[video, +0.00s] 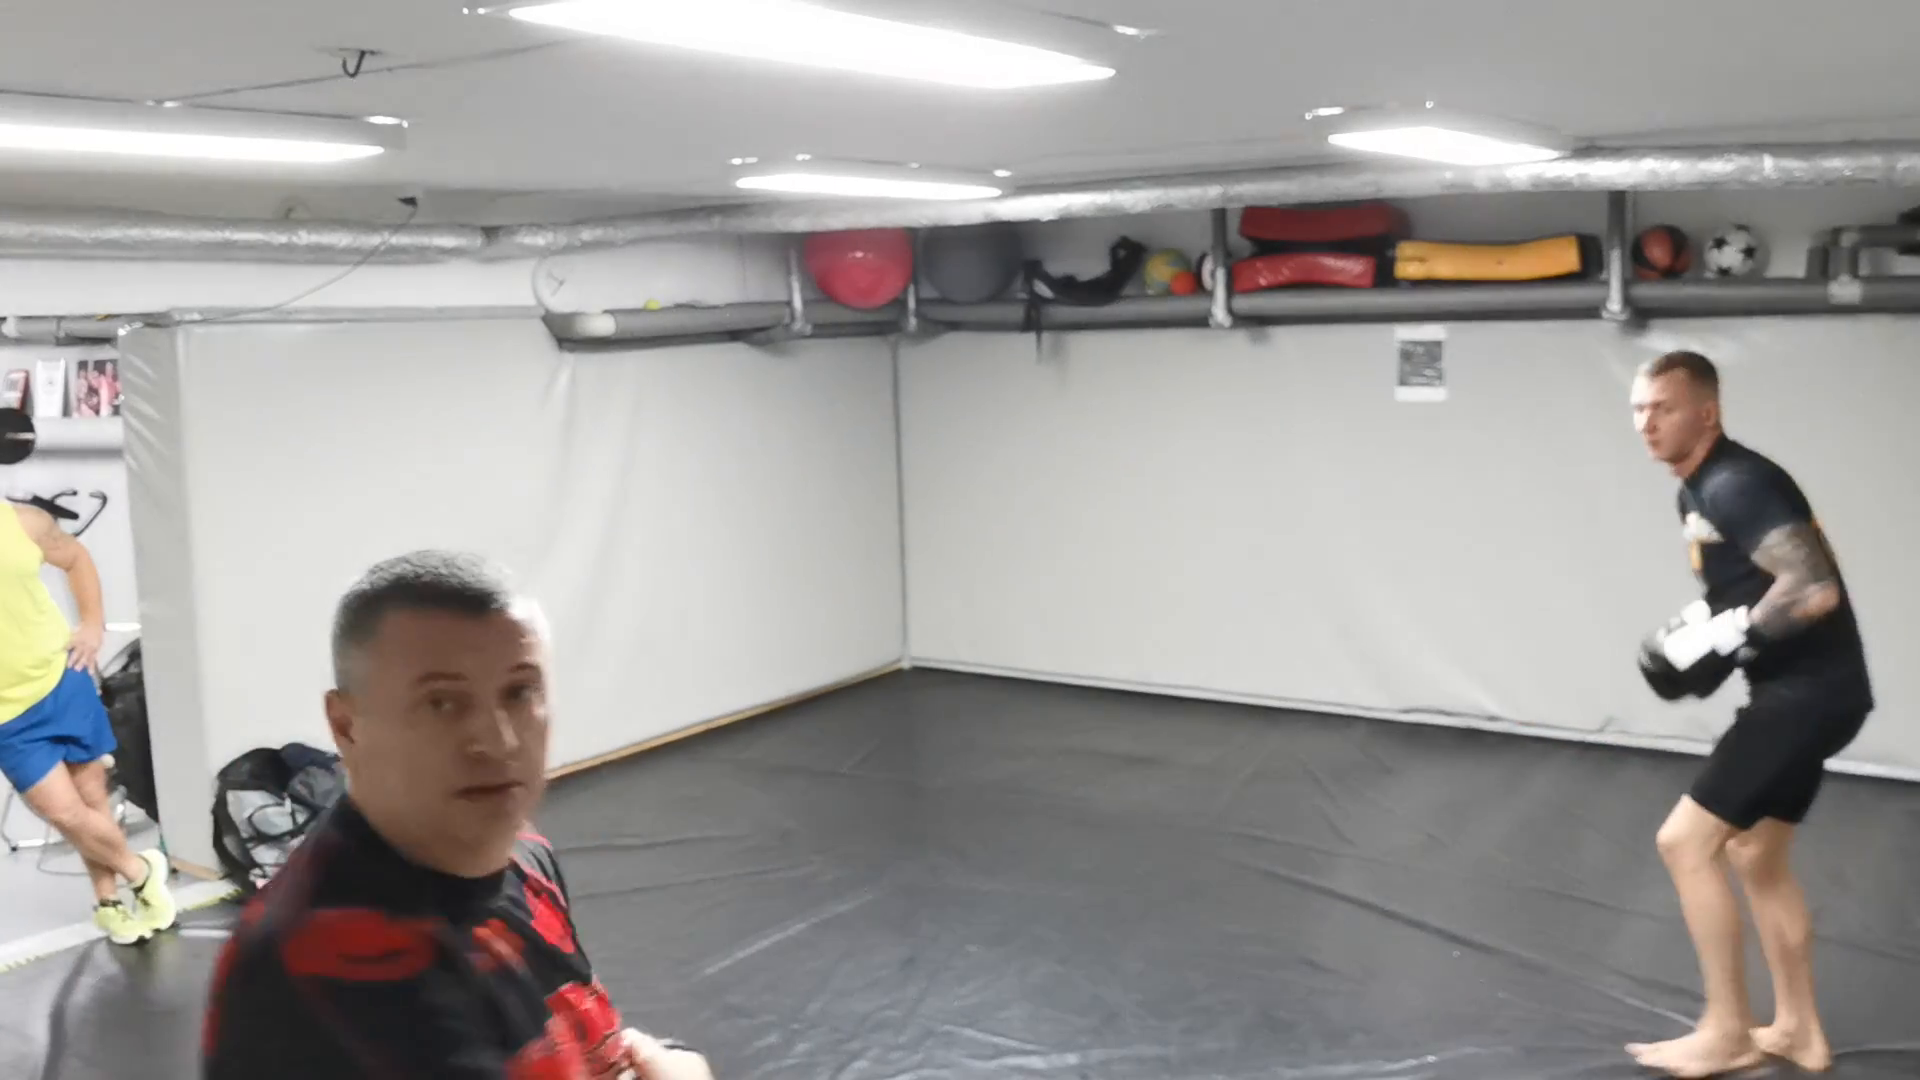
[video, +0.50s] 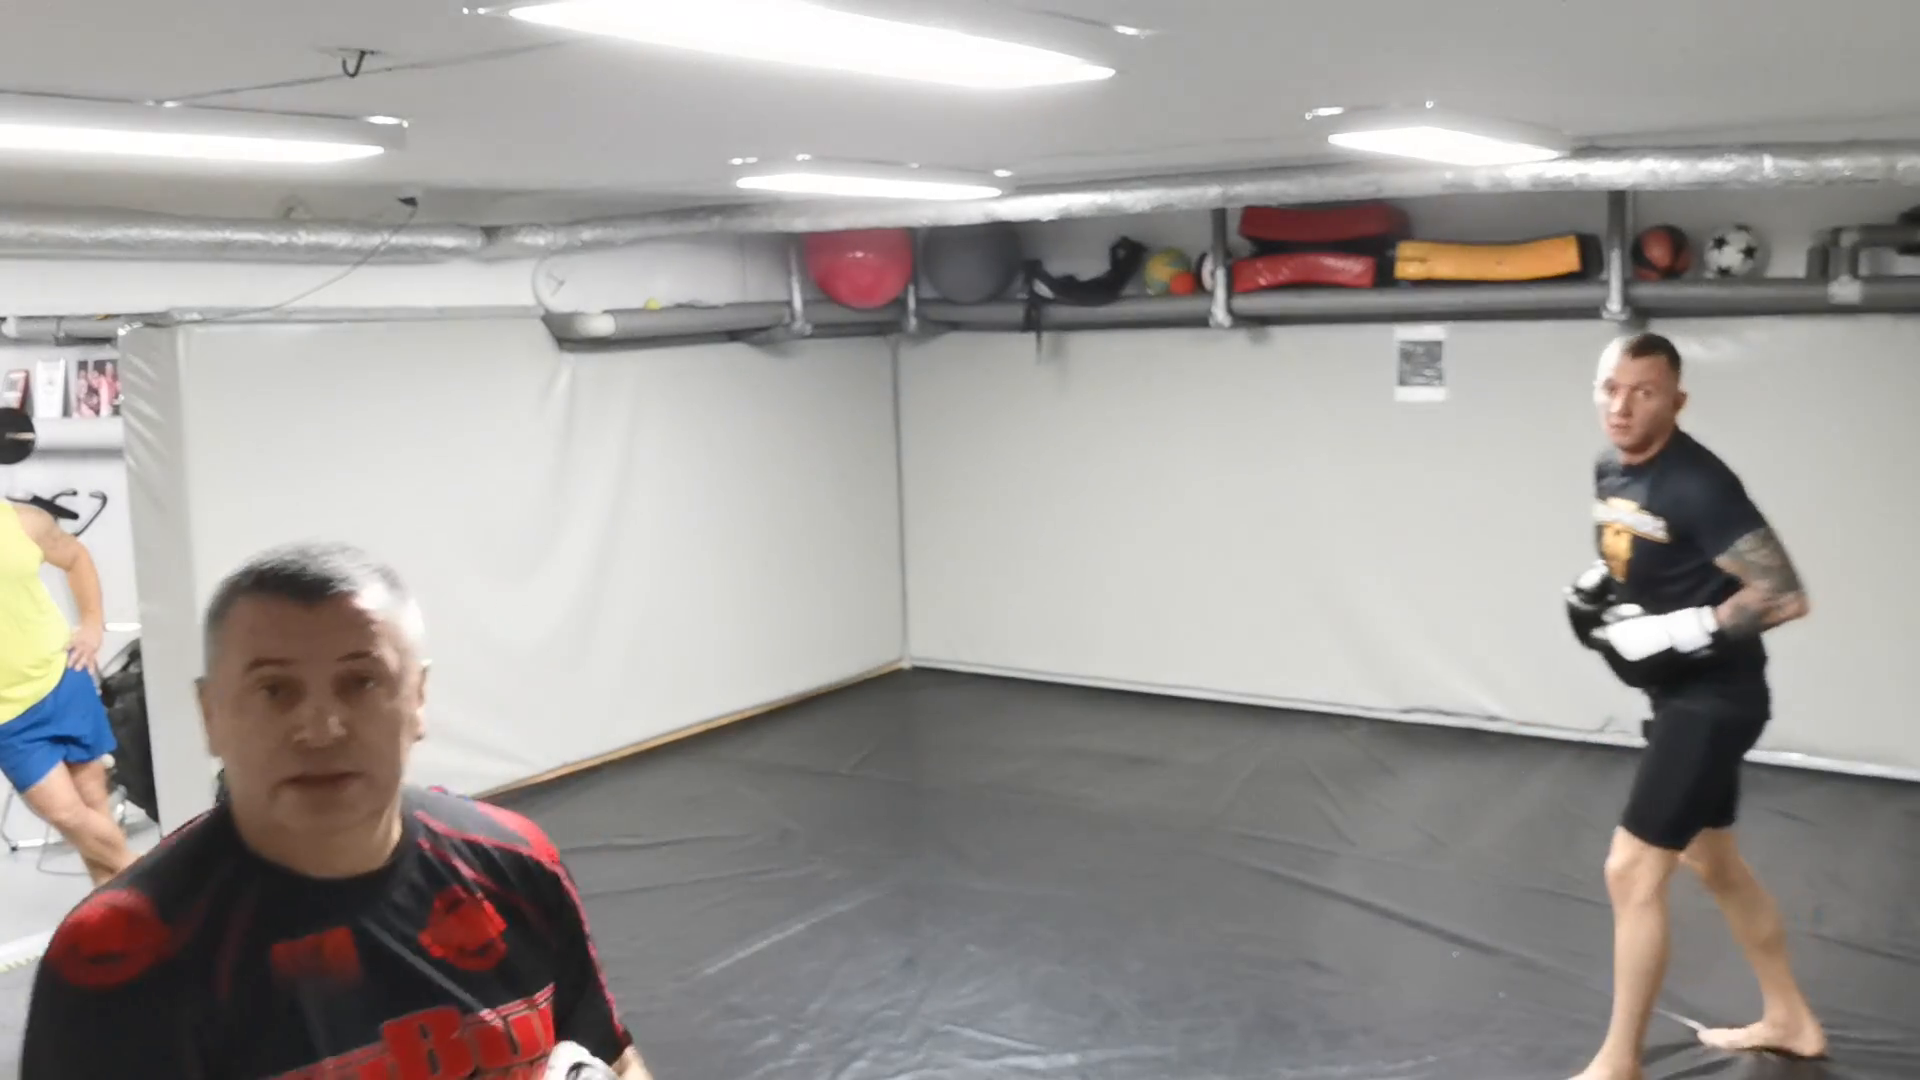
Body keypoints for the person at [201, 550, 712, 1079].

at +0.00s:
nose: (497, 741)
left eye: (520, 694)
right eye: (442, 703)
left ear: (547, 706)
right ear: (346, 728)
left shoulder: (525, 863)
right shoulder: (309, 966)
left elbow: (598, 1044)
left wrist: (668, 1063)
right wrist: (654, 1065)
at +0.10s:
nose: (461, 733)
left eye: (492, 690)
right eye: (412, 695)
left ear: (524, 707)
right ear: (327, 718)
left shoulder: (535, 856)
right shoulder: (249, 950)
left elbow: (574, 1048)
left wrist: (642, 1072)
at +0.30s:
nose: (393, 716)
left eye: (430, 674)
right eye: (347, 677)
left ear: (474, 695)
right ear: (277, 701)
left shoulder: (535, 854)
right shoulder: (179, 927)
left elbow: (598, 1047)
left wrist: (601, 1070)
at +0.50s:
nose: (321, 727)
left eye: (360, 682)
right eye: (275, 688)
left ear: (418, 701)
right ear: (210, 717)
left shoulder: (515, 866)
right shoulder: (111, 957)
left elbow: (611, 1052)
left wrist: (599, 1072)